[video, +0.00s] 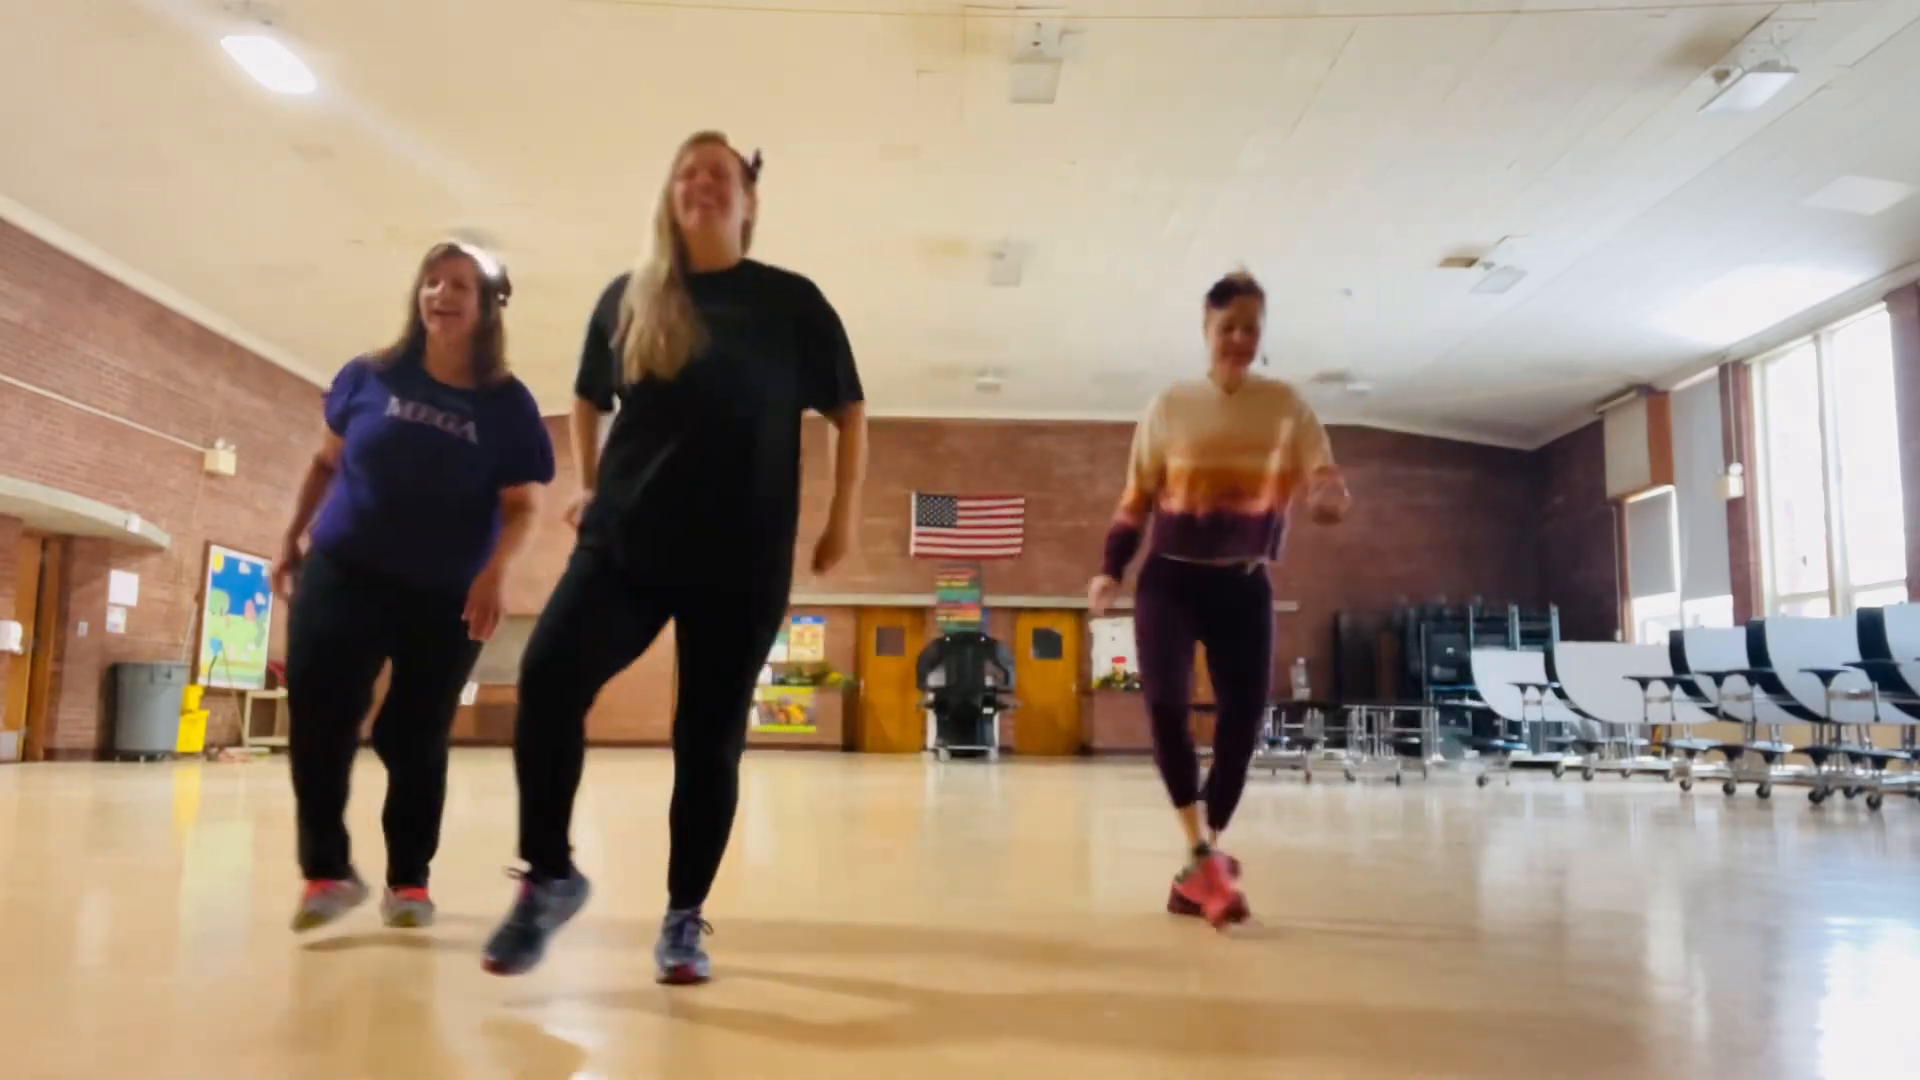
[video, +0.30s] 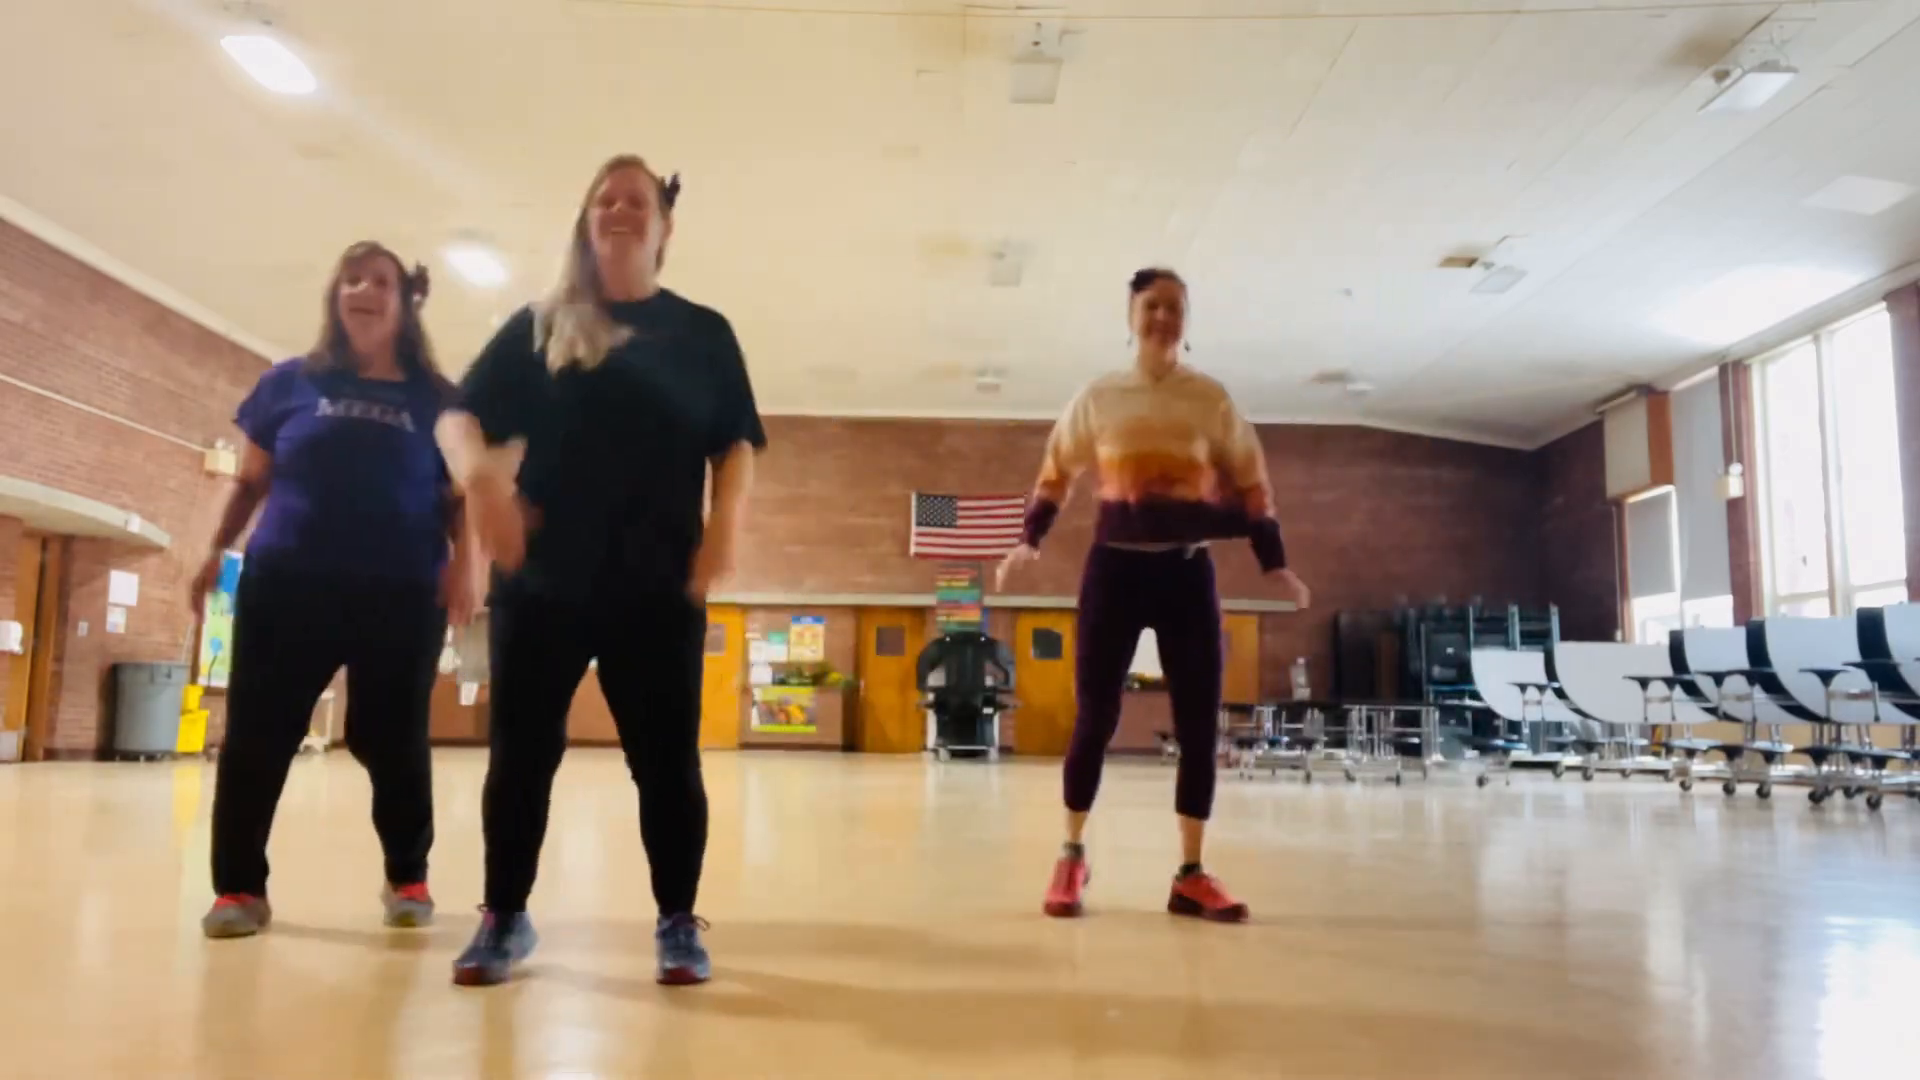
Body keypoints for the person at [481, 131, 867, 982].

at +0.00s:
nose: (703, 183)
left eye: (720, 174)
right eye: (690, 172)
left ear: (751, 199)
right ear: (668, 195)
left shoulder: (796, 303)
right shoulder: (631, 298)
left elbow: (850, 415)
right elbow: (588, 399)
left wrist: (840, 522)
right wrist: (584, 484)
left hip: (742, 556)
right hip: (630, 542)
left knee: (707, 743)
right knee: (546, 684)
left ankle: (686, 916)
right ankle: (548, 875)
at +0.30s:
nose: (620, 208)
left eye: (636, 199)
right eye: (607, 198)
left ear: (664, 224)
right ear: (585, 222)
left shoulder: (703, 334)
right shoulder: (539, 325)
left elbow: (734, 444)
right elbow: (461, 420)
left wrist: (720, 539)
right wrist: (482, 492)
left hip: (656, 584)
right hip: (543, 581)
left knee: (669, 764)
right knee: (519, 759)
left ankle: (678, 921)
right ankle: (504, 917)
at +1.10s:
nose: (707, 158)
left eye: (722, 143)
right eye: (688, 141)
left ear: (746, 159)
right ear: (653, 155)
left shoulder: (786, 260)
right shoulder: (611, 264)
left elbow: (830, 379)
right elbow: (571, 379)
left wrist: (772, 482)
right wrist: (653, 321)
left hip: (762, 511)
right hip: (647, 521)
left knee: (827, 693)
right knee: (652, 732)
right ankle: (668, 926)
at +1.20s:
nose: (737, 171)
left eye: (753, 158)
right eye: (721, 157)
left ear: (779, 173)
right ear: (692, 170)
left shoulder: (821, 276)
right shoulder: (654, 288)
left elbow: (862, 407)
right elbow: (596, 421)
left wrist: (809, 525)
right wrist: (669, 437)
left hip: (796, 554)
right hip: (683, 558)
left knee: (832, 752)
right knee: (673, 753)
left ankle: (882, 953)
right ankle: (668, 940)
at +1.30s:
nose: (774, 158)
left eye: (792, 144)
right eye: (758, 143)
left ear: (821, 161)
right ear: (732, 160)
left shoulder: (865, 264)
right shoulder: (700, 286)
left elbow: (920, 404)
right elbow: (662, 427)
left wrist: (867, 518)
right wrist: (673, 508)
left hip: (849, 536)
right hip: (731, 535)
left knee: (866, 746)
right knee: (681, 734)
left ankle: (889, 958)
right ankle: (671, 923)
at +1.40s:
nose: (824, 149)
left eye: (841, 135)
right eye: (806, 135)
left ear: (871, 156)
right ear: (778, 155)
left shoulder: (917, 266)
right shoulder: (744, 283)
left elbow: (987, 396)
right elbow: (712, 415)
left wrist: (931, 510)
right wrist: (706, 507)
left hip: (901, 533)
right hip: (787, 529)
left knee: (897, 750)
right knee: (700, 700)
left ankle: (896, 963)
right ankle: (757, 875)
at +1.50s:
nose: (867, 142)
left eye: (885, 129)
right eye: (851, 129)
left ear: (917, 151)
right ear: (824, 150)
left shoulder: (965, 268)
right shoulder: (788, 280)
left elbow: (1039, 398)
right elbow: (754, 409)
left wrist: (992, 511)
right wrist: (747, 503)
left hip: (942, 547)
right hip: (826, 542)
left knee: (916, 756)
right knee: (760, 714)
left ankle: (896, 971)